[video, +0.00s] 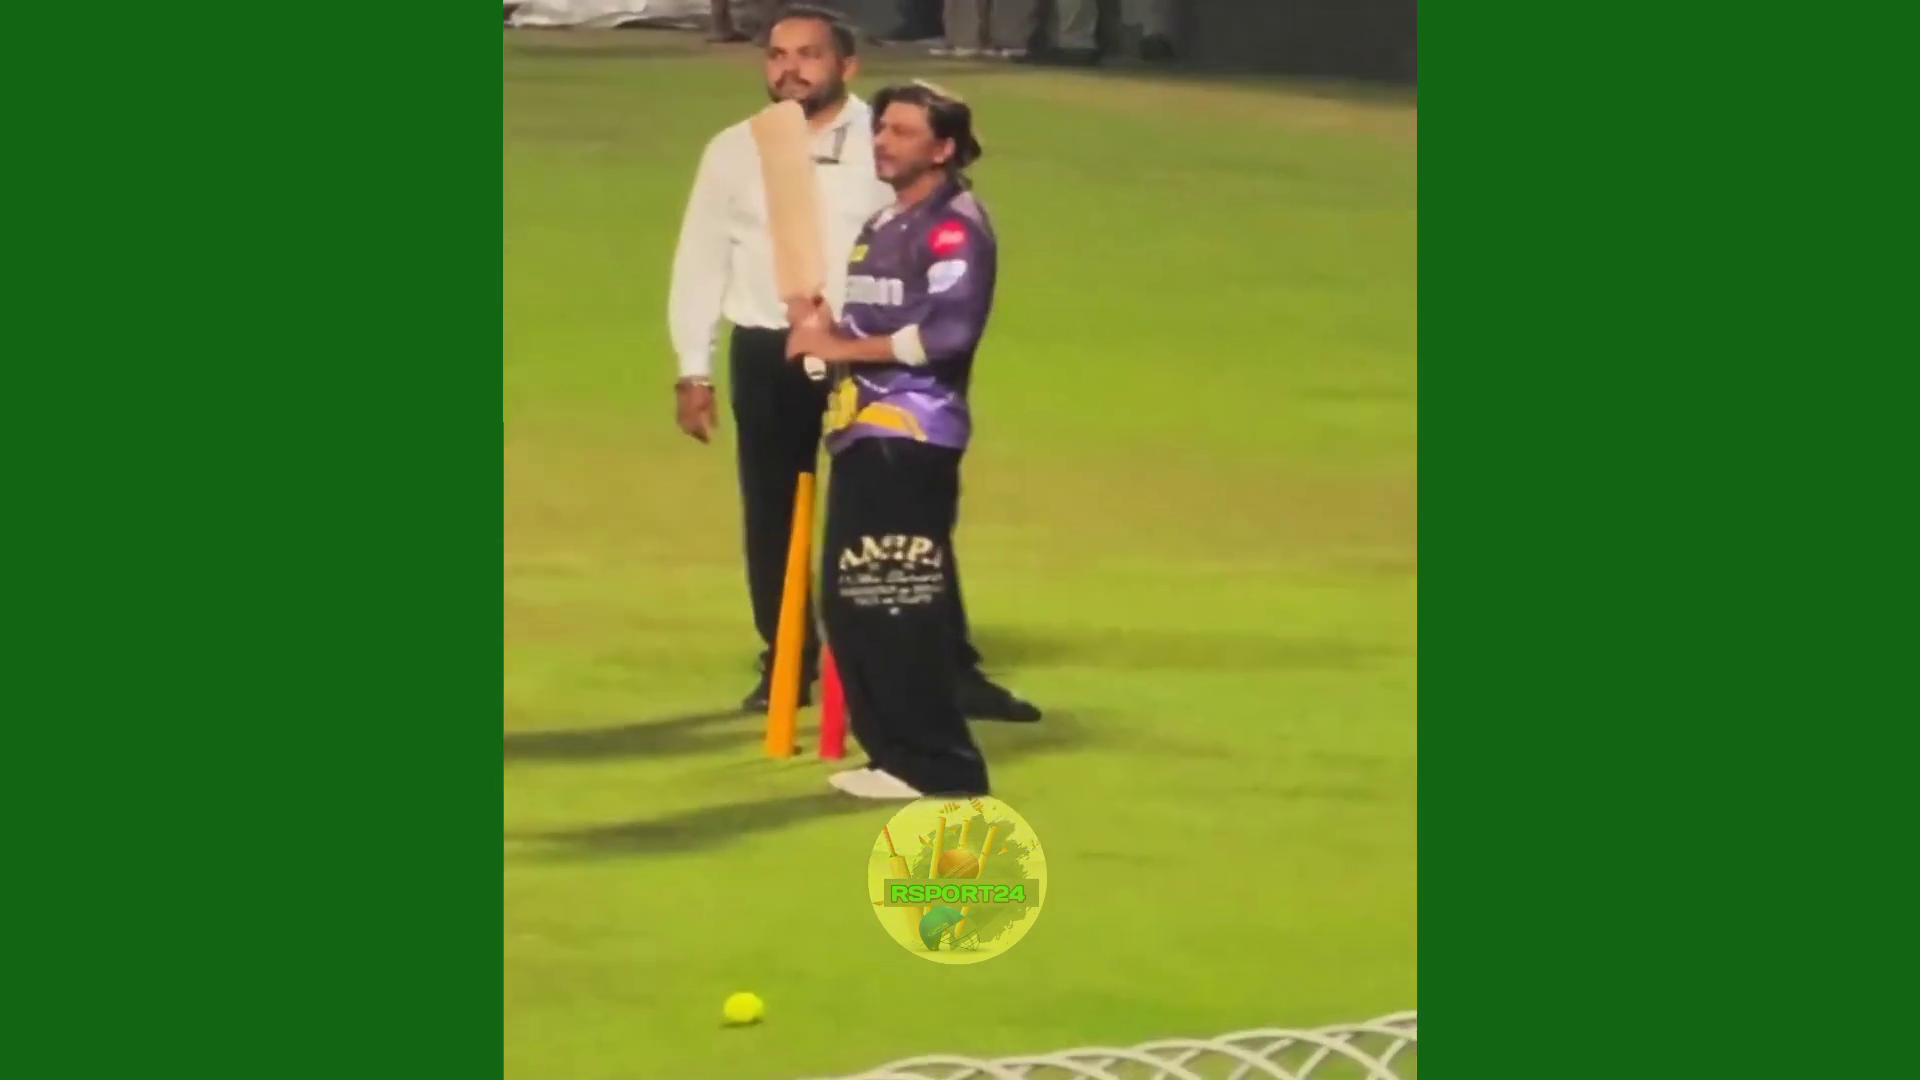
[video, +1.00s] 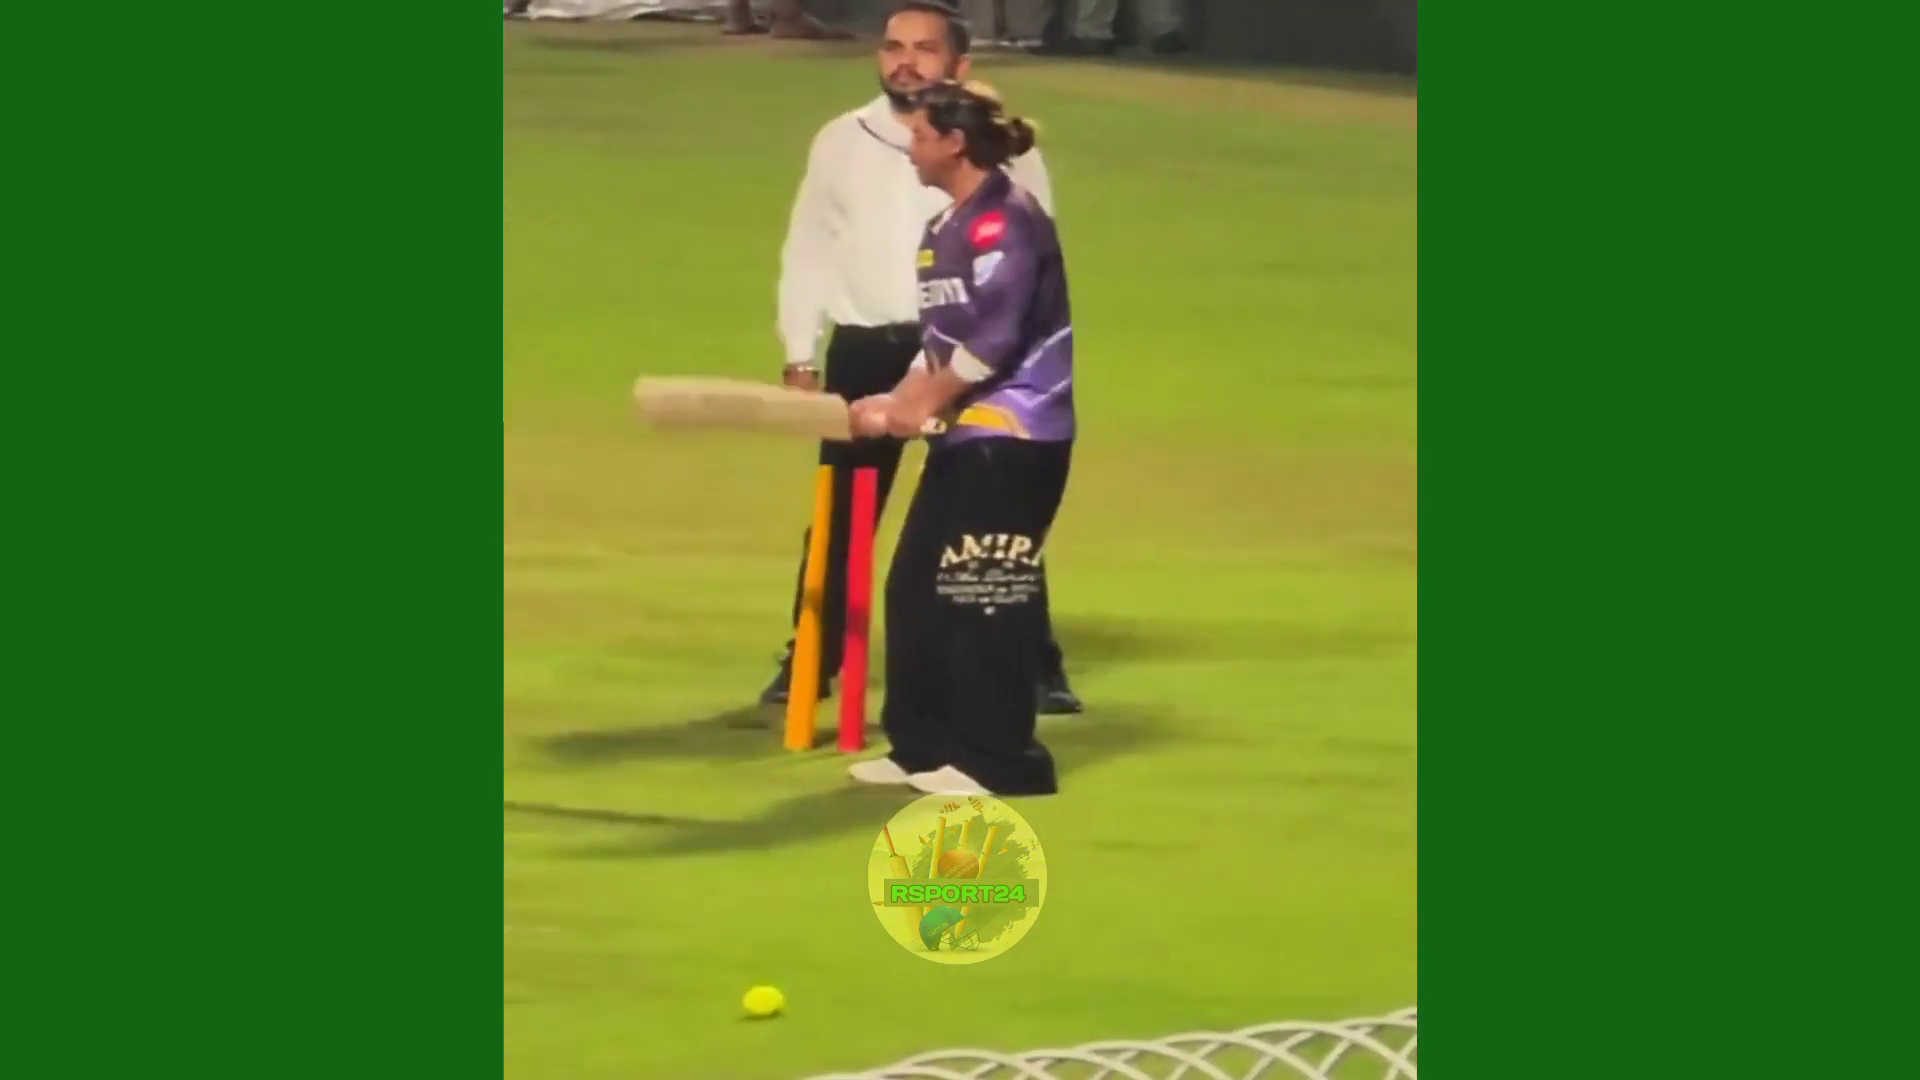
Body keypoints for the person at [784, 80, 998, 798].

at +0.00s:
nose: (882, 143)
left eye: (900, 133)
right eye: (881, 130)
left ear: (943, 148)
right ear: (876, 140)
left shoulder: (957, 228)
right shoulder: (883, 224)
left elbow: (948, 336)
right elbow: (877, 325)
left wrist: (840, 349)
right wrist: (826, 324)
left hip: (913, 435)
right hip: (868, 430)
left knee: (906, 601)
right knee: (856, 596)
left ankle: (939, 765)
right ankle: (896, 756)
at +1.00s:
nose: (909, 149)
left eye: (919, 136)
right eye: (910, 135)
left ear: (958, 143)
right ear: (952, 144)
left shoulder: (1011, 224)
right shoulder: (941, 233)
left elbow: (994, 345)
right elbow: (942, 345)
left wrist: (917, 406)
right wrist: (899, 403)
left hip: (1015, 441)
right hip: (964, 438)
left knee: (983, 597)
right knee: (914, 587)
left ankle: (992, 762)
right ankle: (923, 748)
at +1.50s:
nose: (913, 147)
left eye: (928, 136)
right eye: (914, 135)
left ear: (976, 145)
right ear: (953, 148)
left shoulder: (1007, 224)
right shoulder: (949, 229)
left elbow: (980, 354)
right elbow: (949, 351)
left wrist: (919, 431)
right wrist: (907, 434)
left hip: (1021, 437)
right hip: (980, 435)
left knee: (978, 596)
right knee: (964, 593)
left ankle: (982, 761)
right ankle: (991, 753)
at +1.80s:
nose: (924, 160)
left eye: (939, 147)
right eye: (918, 148)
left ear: (984, 154)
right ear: (913, 156)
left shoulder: (1016, 231)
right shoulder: (937, 239)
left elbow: (998, 352)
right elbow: (948, 353)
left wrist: (935, 422)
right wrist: (903, 423)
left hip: (1024, 442)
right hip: (973, 441)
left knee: (988, 605)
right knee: (953, 601)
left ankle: (983, 771)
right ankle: (978, 758)